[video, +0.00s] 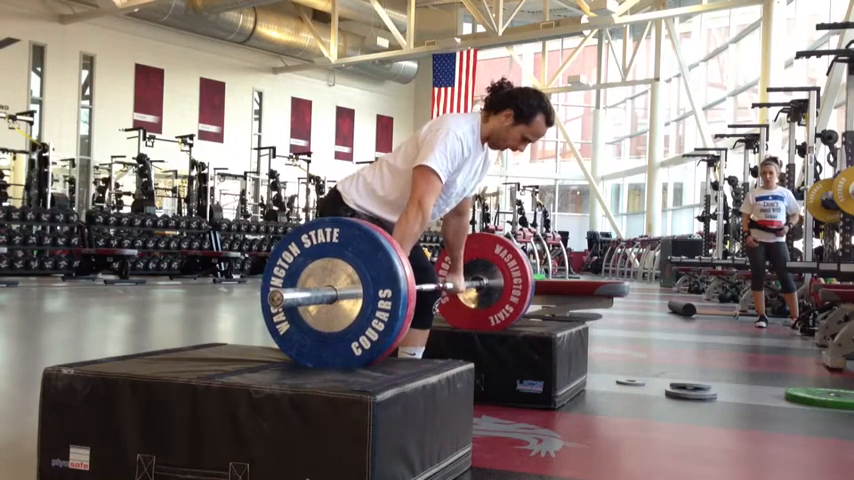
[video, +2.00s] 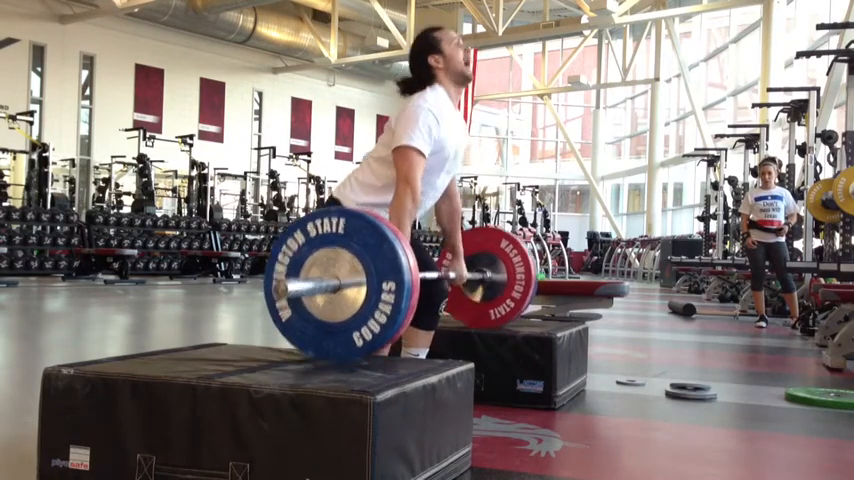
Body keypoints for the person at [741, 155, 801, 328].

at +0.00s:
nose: (767, 176)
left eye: (771, 173)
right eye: (764, 173)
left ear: (777, 174)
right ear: (760, 175)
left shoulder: (786, 194)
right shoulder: (752, 194)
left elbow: (796, 214)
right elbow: (746, 216)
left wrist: (788, 225)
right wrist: (746, 234)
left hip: (778, 240)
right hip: (757, 240)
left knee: (785, 276)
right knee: (758, 276)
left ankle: (795, 318)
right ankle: (761, 316)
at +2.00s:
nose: (766, 176)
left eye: (769, 173)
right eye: (763, 173)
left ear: (776, 174)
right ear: (759, 175)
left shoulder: (784, 193)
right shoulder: (751, 195)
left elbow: (793, 214)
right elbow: (744, 217)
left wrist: (787, 224)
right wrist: (746, 235)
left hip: (777, 240)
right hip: (756, 239)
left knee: (785, 276)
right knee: (757, 277)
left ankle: (795, 318)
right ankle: (761, 316)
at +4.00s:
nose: (766, 174)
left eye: (769, 170)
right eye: (762, 171)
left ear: (775, 173)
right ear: (759, 174)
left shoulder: (784, 193)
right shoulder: (751, 193)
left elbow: (792, 214)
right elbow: (744, 216)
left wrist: (787, 224)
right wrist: (746, 235)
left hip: (777, 239)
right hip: (757, 239)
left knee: (785, 275)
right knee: (757, 277)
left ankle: (795, 317)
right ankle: (761, 315)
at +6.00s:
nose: (772, 176)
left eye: (776, 173)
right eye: (770, 172)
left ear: (780, 174)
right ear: (764, 173)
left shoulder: (786, 193)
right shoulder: (754, 193)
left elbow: (793, 213)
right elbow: (746, 216)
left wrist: (790, 224)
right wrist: (749, 235)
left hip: (780, 239)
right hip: (760, 239)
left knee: (789, 275)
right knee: (758, 277)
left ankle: (794, 317)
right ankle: (761, 315)